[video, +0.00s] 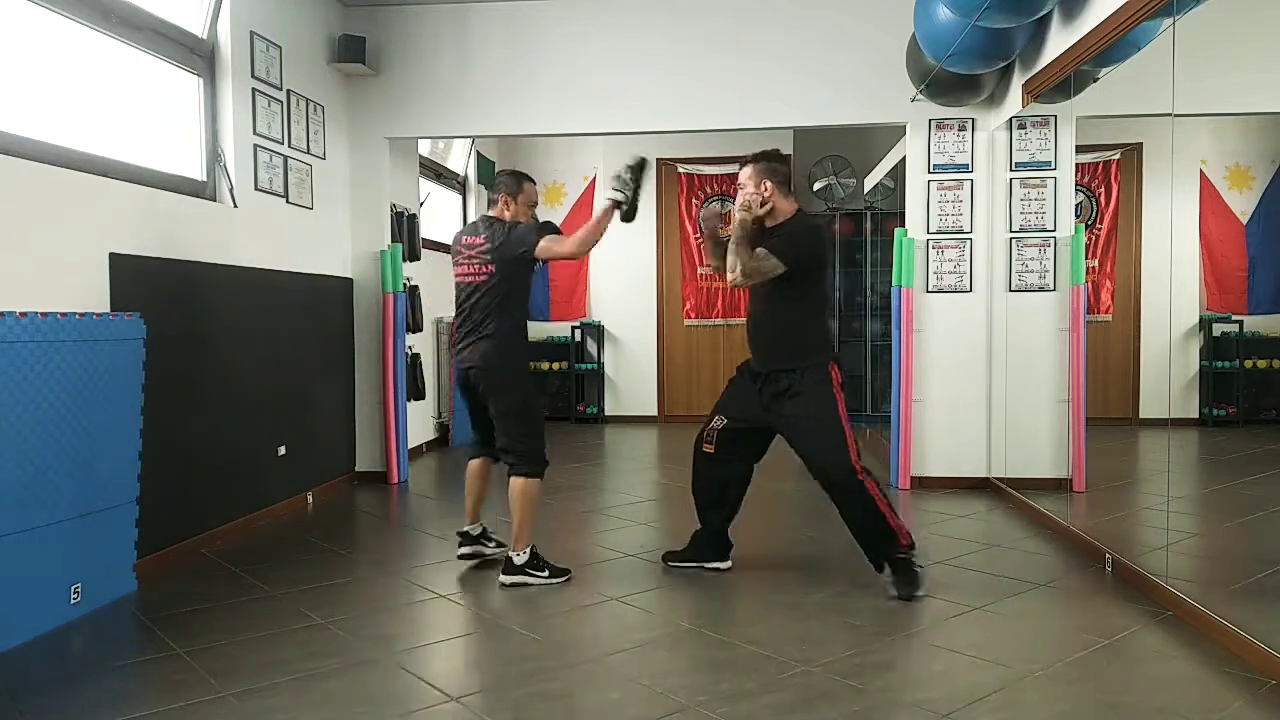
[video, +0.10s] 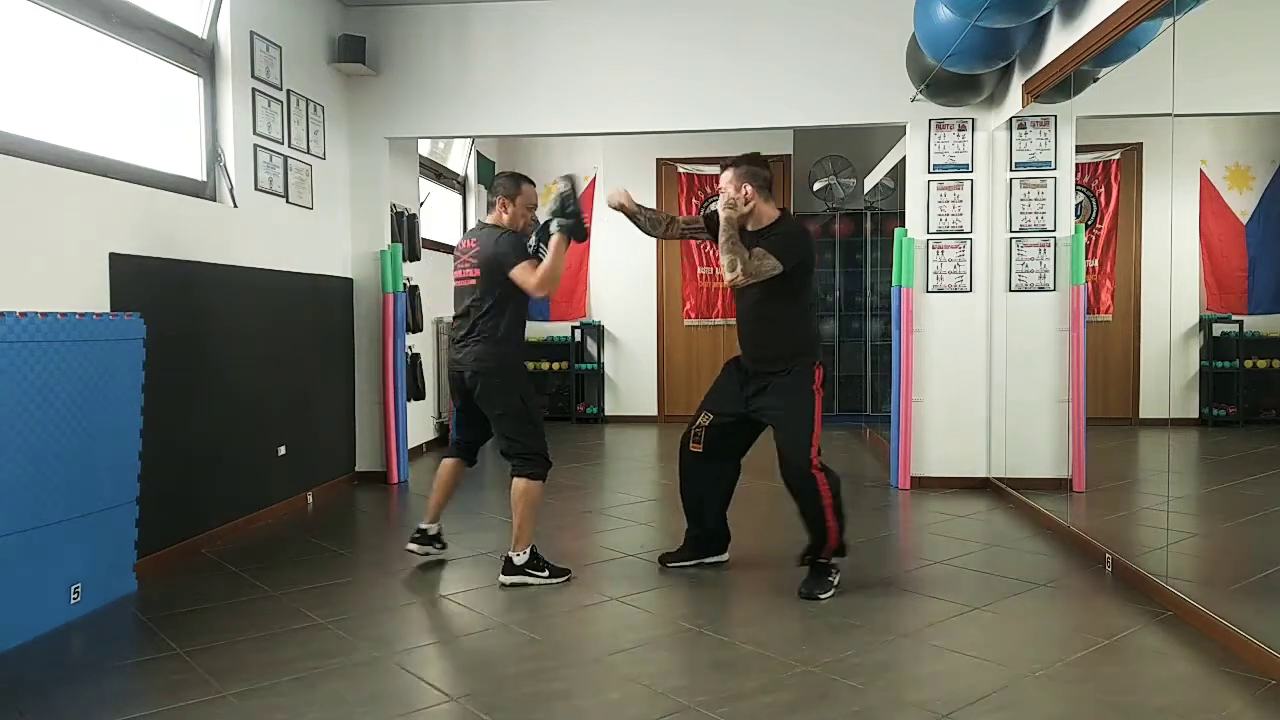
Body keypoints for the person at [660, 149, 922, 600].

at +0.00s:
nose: (739, 196)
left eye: (743, 187)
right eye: (739, 188)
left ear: (767, 189)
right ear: (766, 190)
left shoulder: (806, 232)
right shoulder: (766, 235)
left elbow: (740, 273)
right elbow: (719, 265)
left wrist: (743, 221)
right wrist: (710, 231)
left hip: (809, 376)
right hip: (761, 374)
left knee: (840, 471)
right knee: (714, 449)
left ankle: (898, 557)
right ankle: (712, 544)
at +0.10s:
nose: (719, 198)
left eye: (723, 190)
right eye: (719, 192)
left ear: (748, 192)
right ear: (744, 193)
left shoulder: (792, 235)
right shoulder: (730, 225)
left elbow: (737, 274)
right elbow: (671, 226)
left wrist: (729, 220)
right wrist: (630, 209)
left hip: (795, 373)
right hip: (748, 370)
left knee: (801, 468)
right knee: (700, 448)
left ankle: (826, 560)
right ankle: (707, 544)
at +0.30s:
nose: (676, 218)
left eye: (680, 208)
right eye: (675, 209)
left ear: (706, 207)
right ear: (703, 209)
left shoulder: (744, 250)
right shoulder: (698, 245)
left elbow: (714, 302)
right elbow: (640, 254)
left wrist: (690, 258)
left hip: (746, 381)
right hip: (705, 378)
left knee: (760, 472)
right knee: (651, 447)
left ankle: (817, 562)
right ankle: (650, 544)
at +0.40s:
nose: (653, 212)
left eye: (657, 204)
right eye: (653, 204)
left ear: (678, 203)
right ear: (679, 204)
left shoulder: (709, 241)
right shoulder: (677, 247)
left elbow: (682, 279)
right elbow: (635, 261)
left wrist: (655, 257)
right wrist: (593, 234)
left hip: (717, 376)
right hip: (686, 376)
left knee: (728, 474)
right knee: (638, 446)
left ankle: (818, 551)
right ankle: (642, 545)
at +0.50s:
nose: (632, 209)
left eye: (638, 203)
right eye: (633, 203)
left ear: (662, 204)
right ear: (673, 206)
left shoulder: (673, 231)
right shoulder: (699, 243)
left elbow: (593, 222)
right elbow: (656, 281)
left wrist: (595, 226)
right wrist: (629, 233)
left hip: (696, 370)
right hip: (679, 372)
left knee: (711, 476)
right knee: (633, 446)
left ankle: (795, 557)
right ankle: (639, 544)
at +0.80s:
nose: (635, 194)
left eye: (639, 188)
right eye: (628, 192)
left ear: (628, 205)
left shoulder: (623, 228)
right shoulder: (685, 238)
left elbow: (561, 210)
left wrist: (600, 191)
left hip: (662, 367)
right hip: (674, 364)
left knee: (676, 472)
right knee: (626, 441)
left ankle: (762, 556)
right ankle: (639, 543)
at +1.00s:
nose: (592, 208)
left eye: (595, 199)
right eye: (591, 200)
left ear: (615, 192)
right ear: (619, 195)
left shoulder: (650, 222)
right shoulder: (624, 245)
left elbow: (591, 258)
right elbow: (611, 318)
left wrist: (591, 213)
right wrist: (571, 291)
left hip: (674, 363)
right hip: (637, 366)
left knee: (655, 462)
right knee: (599, 450)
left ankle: (696, 565)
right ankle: (630, 537)